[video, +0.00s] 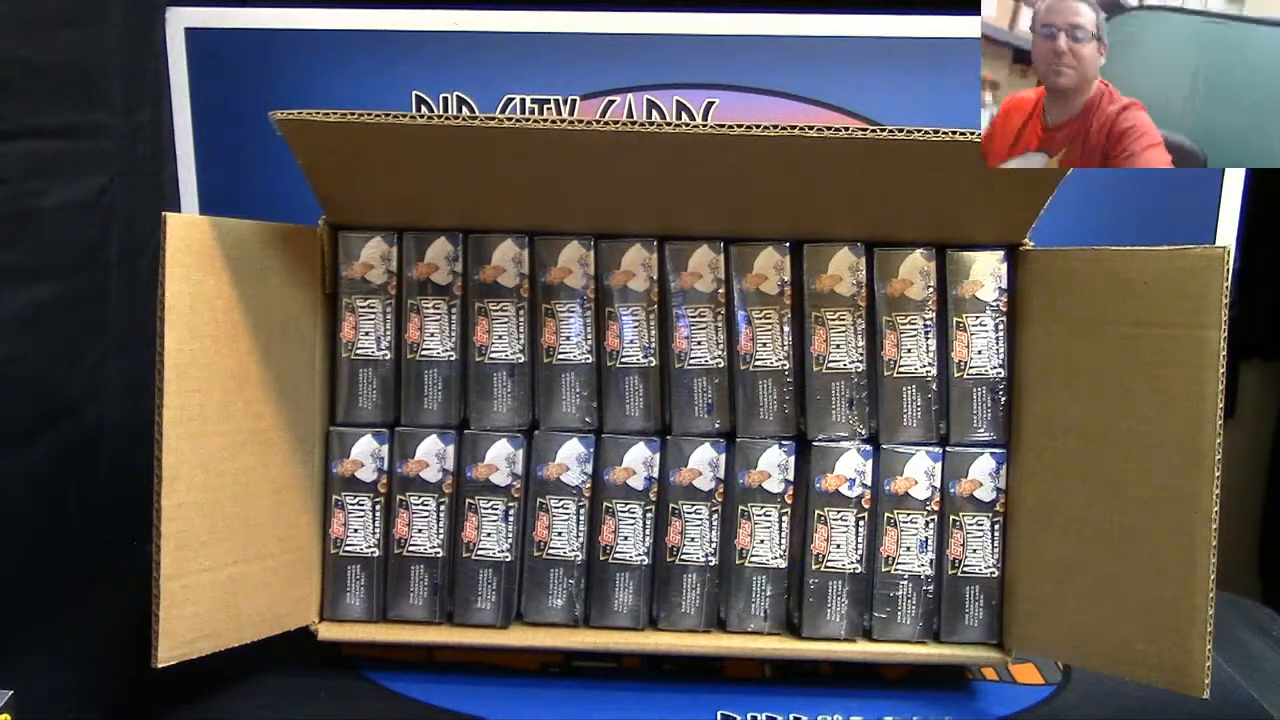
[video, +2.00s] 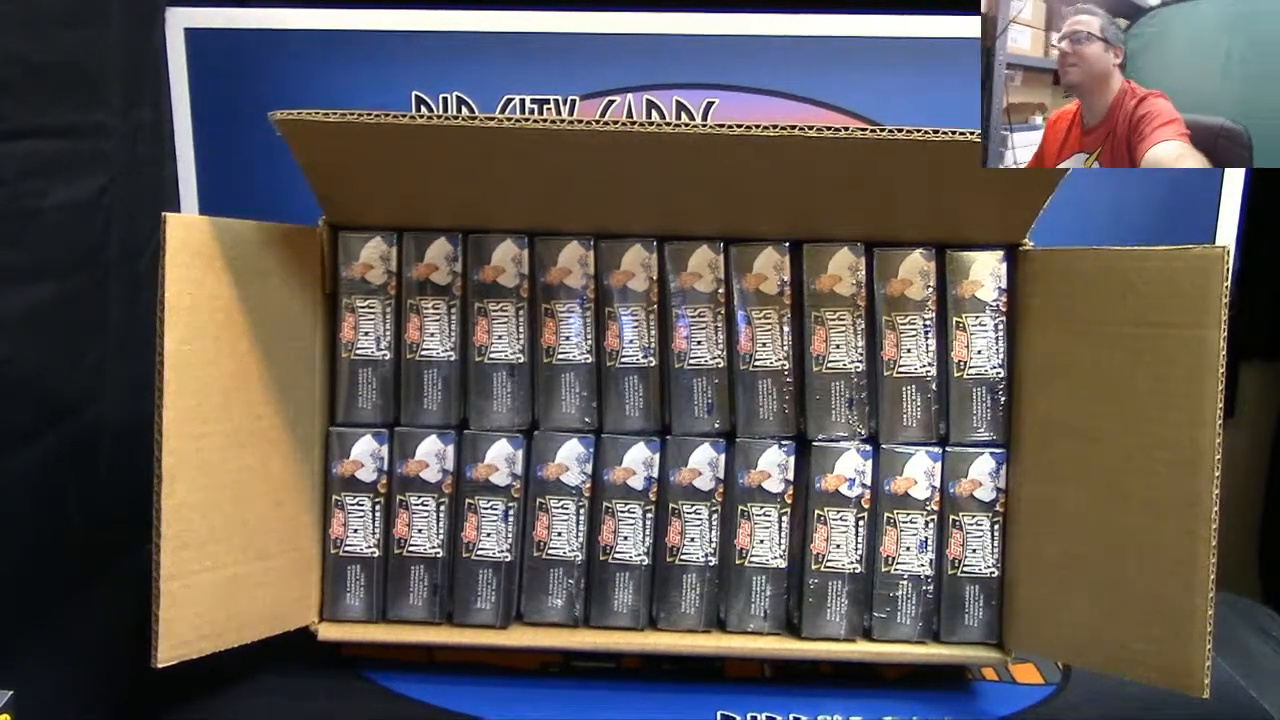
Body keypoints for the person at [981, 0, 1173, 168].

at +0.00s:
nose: (1060, 46)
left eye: (1077, 35)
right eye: (1048, 33)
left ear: (1101, 52)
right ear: (1032, 46)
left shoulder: (1126, 122)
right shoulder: (1013, 111)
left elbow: (1154, 198)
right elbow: (969, 181)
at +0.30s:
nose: (1060, 52)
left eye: (1076, 40)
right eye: (1048, 41)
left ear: (1103, 53)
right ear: (1034, 53)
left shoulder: (1136, 119)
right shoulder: (1027, 119)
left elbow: (1171, 192)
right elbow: (987, 187)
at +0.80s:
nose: (1069, 46)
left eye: (1083, 34)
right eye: (1057, 37)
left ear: (1112, 47)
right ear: (1047, 52)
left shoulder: (1145, 106)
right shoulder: (1048, 115)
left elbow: (1181, 172)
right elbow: (1015, 183)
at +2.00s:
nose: (1063, 48)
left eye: (1079, 38)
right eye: (1059, 42)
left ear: (1116, 54)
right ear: (1055, 53)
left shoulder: (1147, 109)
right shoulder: (1059, 123)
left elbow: (1172, 161)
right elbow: (1028, 184)